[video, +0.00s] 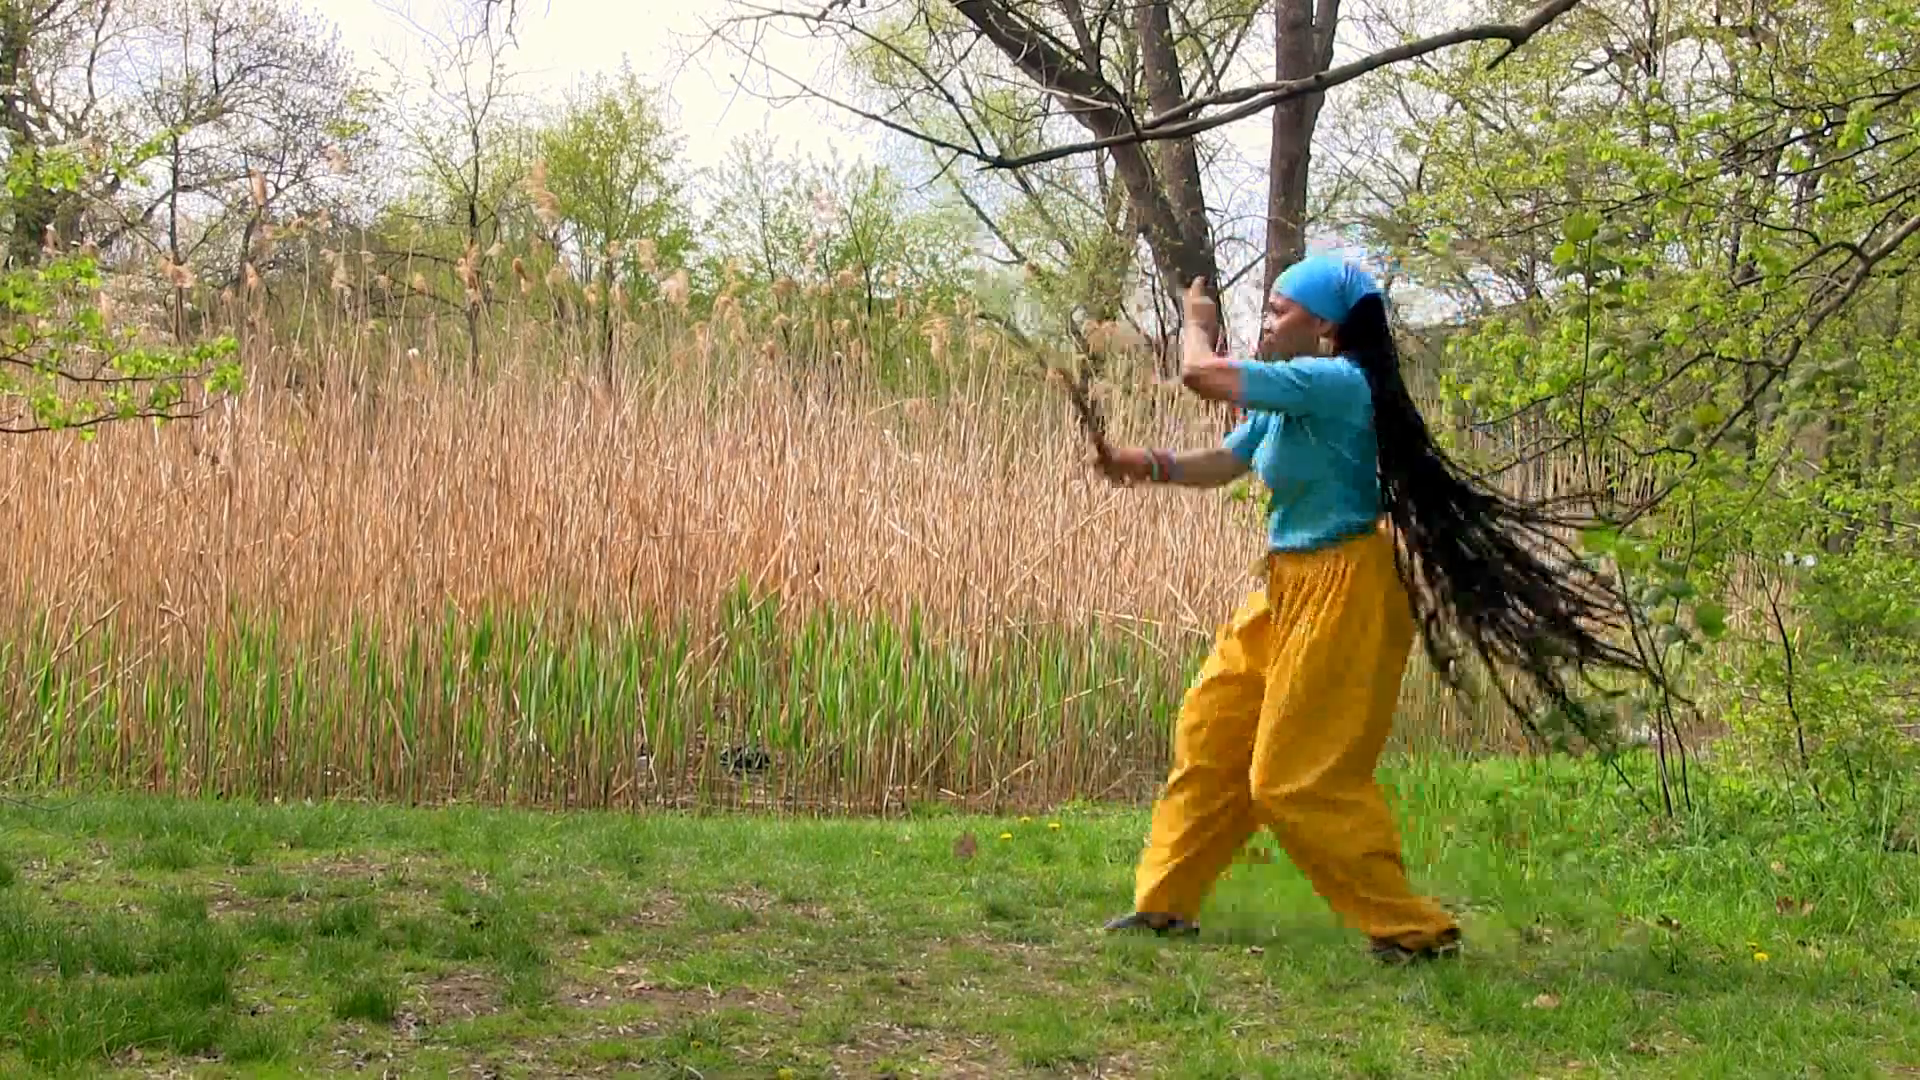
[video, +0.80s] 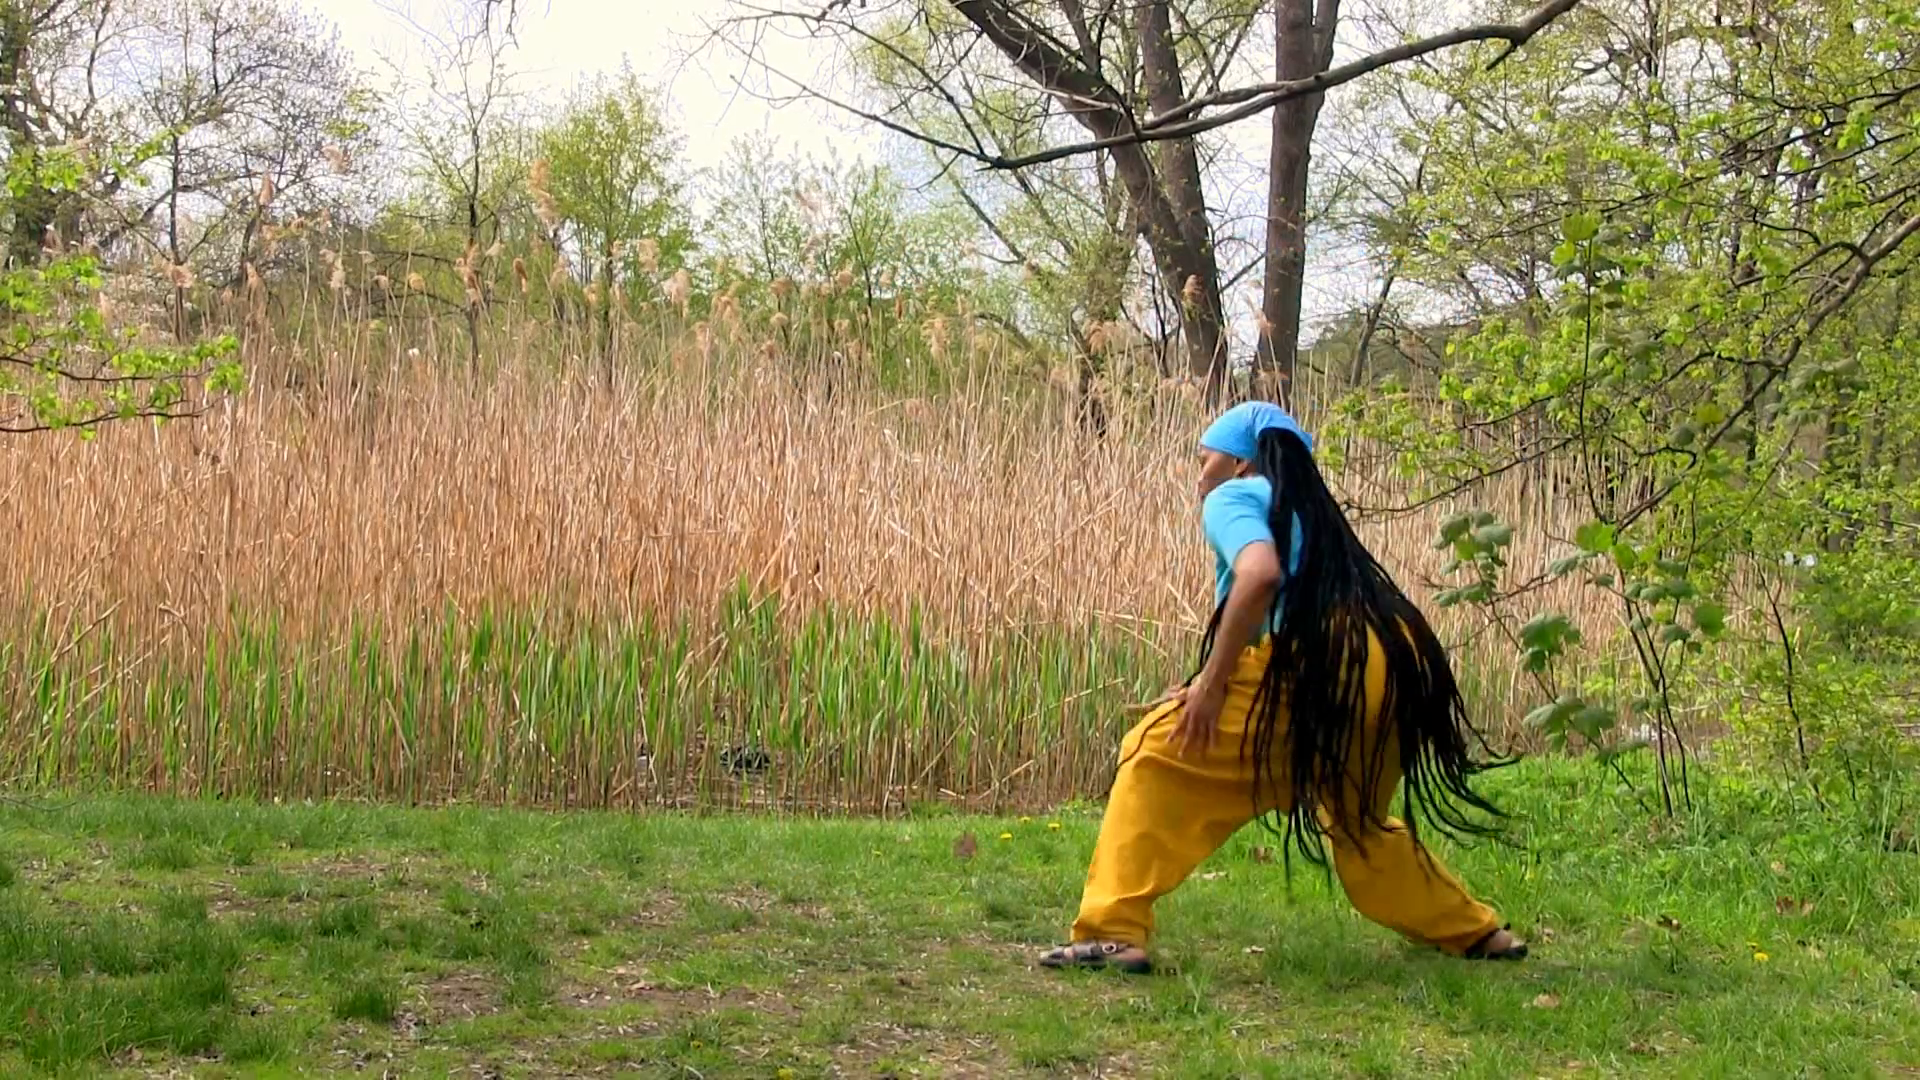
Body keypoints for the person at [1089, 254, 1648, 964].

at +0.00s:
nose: (1266, 321)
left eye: (1281, 310)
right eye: (1271, 308)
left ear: (1325, 330)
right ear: (1311, 328)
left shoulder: (1340, 382)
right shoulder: (1287, 396)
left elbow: (1205, 373)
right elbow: (1227, 461)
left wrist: (1196, 317)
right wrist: (1147, 465)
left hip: (1345, 588)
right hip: (1286, 588)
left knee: (1296, 773)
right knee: (1212, 735)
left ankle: (1412, 932)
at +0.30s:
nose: (1262, 298)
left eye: (1274, 289)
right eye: (1266, 288)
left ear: (1310, 301)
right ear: (1320, 306)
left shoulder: (1297, 347)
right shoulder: (1323, 367)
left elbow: (1182, 404)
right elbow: (1285, 501)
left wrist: (1239, 410)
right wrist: (1187, 517)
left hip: (1312, 561)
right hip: (1290, 560)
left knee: (1281, 750)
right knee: (1225, 705)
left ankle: (1409, 920)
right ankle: (1231, 890)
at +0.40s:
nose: (1249, 301)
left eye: (1259, 291)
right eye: (1253, 290)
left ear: (1292, 303)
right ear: (1314, 307)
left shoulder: (1266, 348)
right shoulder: (1348, 356)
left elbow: (1159, 420)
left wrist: (1119, 431)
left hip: (1318, 553)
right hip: (1390, 555)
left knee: (1226, 727)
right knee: (1322, 731)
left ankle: (1360, 873)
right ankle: (1410, 856)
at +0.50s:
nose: (1219, 366)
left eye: (1231, 355)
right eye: (1224, 353)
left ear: (1265, 362)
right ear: (1297, 363)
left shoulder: (1234, 409)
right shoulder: (1346, 402)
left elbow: (1103, 462)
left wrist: (994, 499)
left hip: (1325, 581)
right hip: (1411, 583)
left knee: (1193, 707)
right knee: (1380, 758)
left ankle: (1205, 910)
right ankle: (1493, 911)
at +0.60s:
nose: (1205, 447)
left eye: (1213, 434)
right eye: (1207, 433)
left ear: (1247, 433)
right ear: (1286, 433)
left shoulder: (1225, 478)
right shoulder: (1341, 474)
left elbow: (1105, 532)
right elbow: (1409, 554)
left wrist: (1017, 607)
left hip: (1313, 615)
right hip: (1407, 610)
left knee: (1179, 746)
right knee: (1389, 777)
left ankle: (1115, 929)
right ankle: (1487, 927)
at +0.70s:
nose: (1197, 476)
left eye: (1205, 466)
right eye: (1200, 465)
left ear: (1235, 467)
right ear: (1277, 465)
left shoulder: (1218, 505)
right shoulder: (1318, 505)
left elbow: (1171, 575)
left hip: (1293, 646)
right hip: (1388, 642)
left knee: (1156, 758)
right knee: (1360, 801)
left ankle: (1117, 932)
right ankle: (1477, 931)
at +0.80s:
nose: (1202, 464)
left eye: (1211, 453)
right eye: (1205, 453)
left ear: (1246, 463)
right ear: (1268, 466)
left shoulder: (1231, 496)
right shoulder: (1308, 505)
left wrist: (1211, 679)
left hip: (1302, 660)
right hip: (1386, 658)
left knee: (1156, 750)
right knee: (1355, 813)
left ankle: (1114, 931)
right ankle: (1474, 931)